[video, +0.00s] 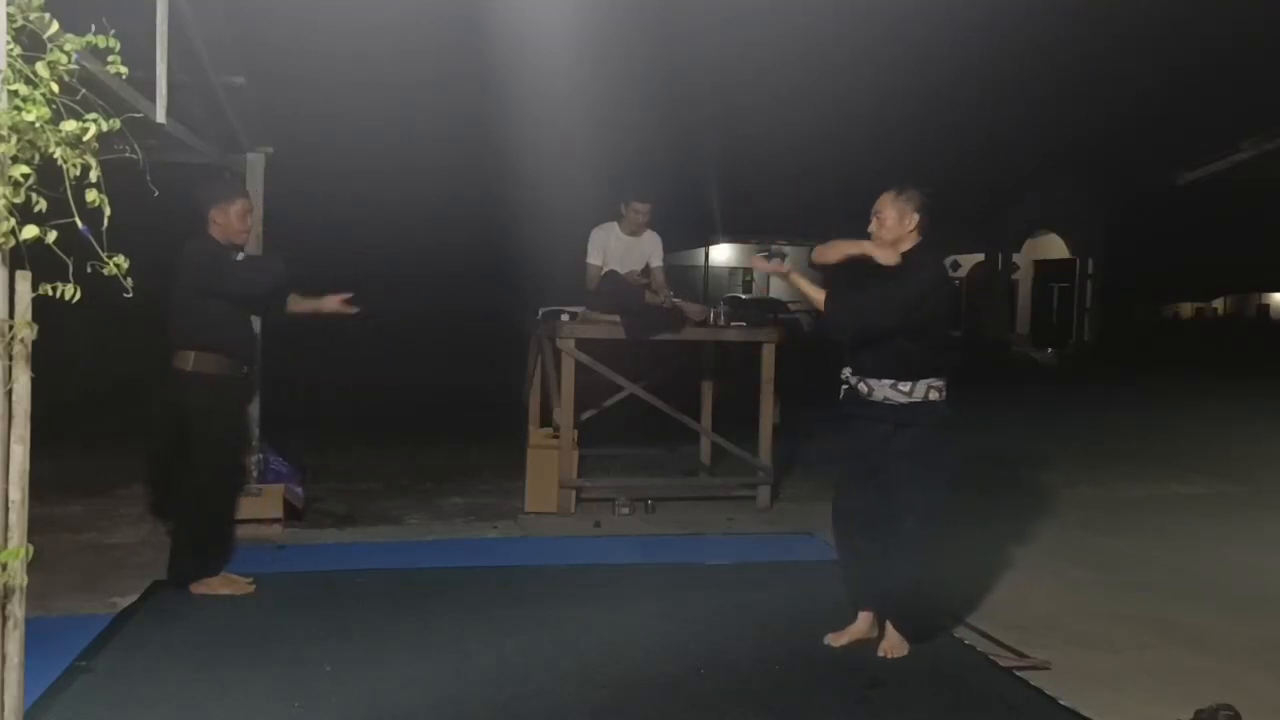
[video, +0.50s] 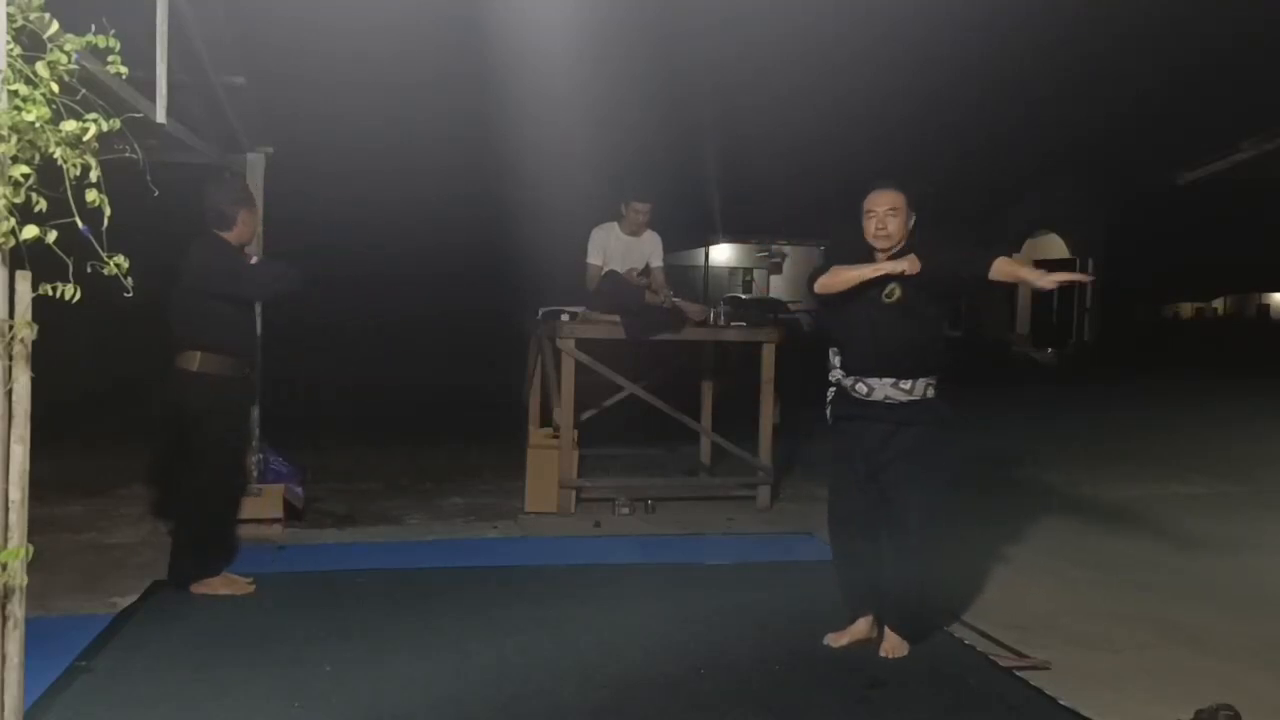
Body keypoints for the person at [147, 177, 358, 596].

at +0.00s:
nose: (249, 223)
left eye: (250, 214)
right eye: (242, 215)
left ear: (227, 219)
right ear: (215, 218)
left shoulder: (222, 262)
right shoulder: (202, 259)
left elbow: (266, 300)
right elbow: (257, 285)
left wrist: (319, 305)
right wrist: (271, 258)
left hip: (220, 382)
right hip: (203, 383)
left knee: (216, 473)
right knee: (213, 474)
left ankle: (201, 568)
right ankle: (200, 572)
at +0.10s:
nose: (253, 222)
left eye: (252, 213)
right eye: (246, 214)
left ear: (226, 216)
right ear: (221, 214)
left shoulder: (215, 257)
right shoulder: (206, 258)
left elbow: (273, 293)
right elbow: (277, 290)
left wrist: (299, 251)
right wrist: (306, 246)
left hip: (216, 382)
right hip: (206, 383)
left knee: (212, 472)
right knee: (212, 473)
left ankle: (201, 567)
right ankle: (203, 572)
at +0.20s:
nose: (252, 223)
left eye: (252, 215)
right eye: (246, 215)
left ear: (225, 218)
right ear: (223, 216)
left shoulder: (211, 255)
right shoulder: (208, 258)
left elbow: (261, 287)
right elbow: (268, 287)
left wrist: (288, 263)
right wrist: (293, 258)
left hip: (215, 381)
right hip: (207, 383)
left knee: (215, 472)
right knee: (213, 473)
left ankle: (206, 566)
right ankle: (201, 573)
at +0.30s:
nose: (253, 222)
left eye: (253, 214)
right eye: (249, 214)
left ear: (225, 216)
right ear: (228, 215)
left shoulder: (207, 254)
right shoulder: (211, 258)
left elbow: (255, 275)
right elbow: (259, 284)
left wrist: (300, 270)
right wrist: (304, 271)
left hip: (209, 382)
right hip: (210, 385)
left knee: (210, 473)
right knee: (214, 475)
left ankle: (199, 567)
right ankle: (203, 572)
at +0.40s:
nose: (253, 223)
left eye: (252, 216)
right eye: (249, 216)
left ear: (221, 217)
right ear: (232, 217)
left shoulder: (206, 253)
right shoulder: (211, 258)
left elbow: (243, 275)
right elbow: (253, 281)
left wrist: (258, 263)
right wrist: (300, 280)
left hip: (211, 384)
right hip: (208, 387)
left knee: (211, 474)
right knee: (213, 476)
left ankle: (201, 567)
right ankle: (203, 573)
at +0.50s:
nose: (256, 223)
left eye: (255, 215)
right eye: (252, 216)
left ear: (221, 217)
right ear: (236, 217)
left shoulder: (210, 254)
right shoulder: (214, 258)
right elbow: (265, 284)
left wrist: (251, 264)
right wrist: (263, 267)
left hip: (214, 383)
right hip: (210, 385)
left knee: (212, 474)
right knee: (216, 476)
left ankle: (202, 567)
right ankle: (202, 572)